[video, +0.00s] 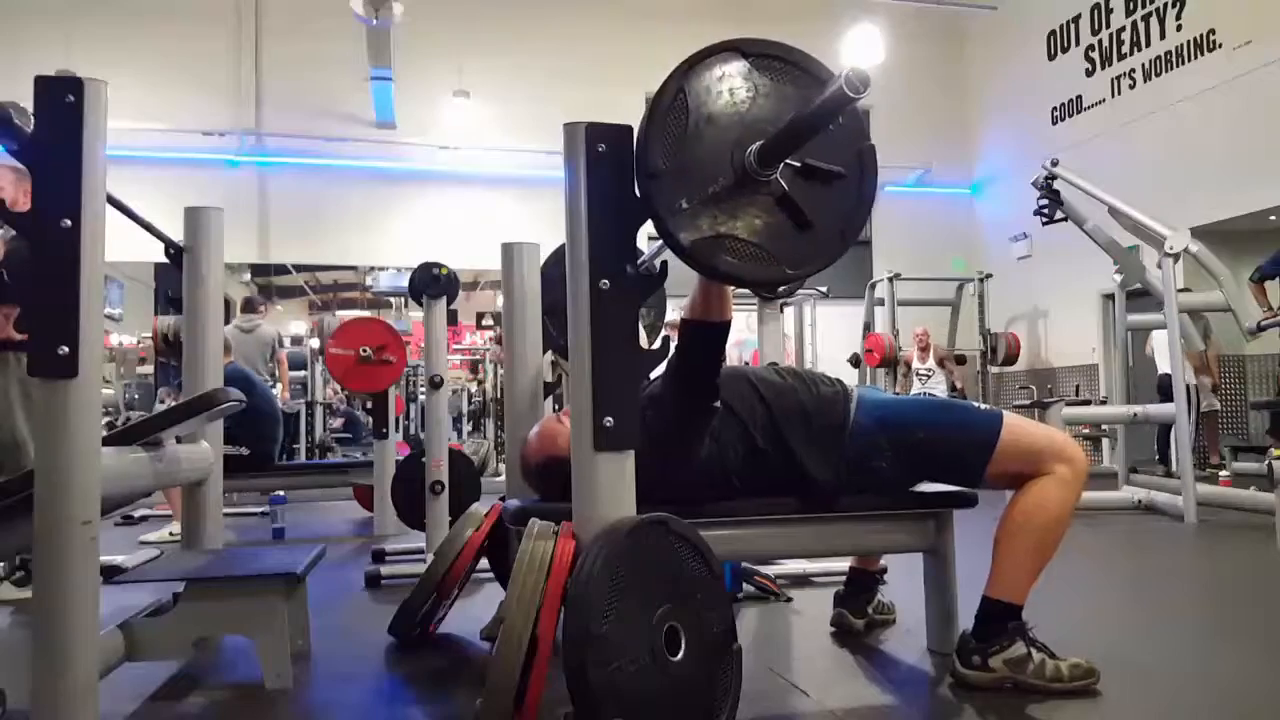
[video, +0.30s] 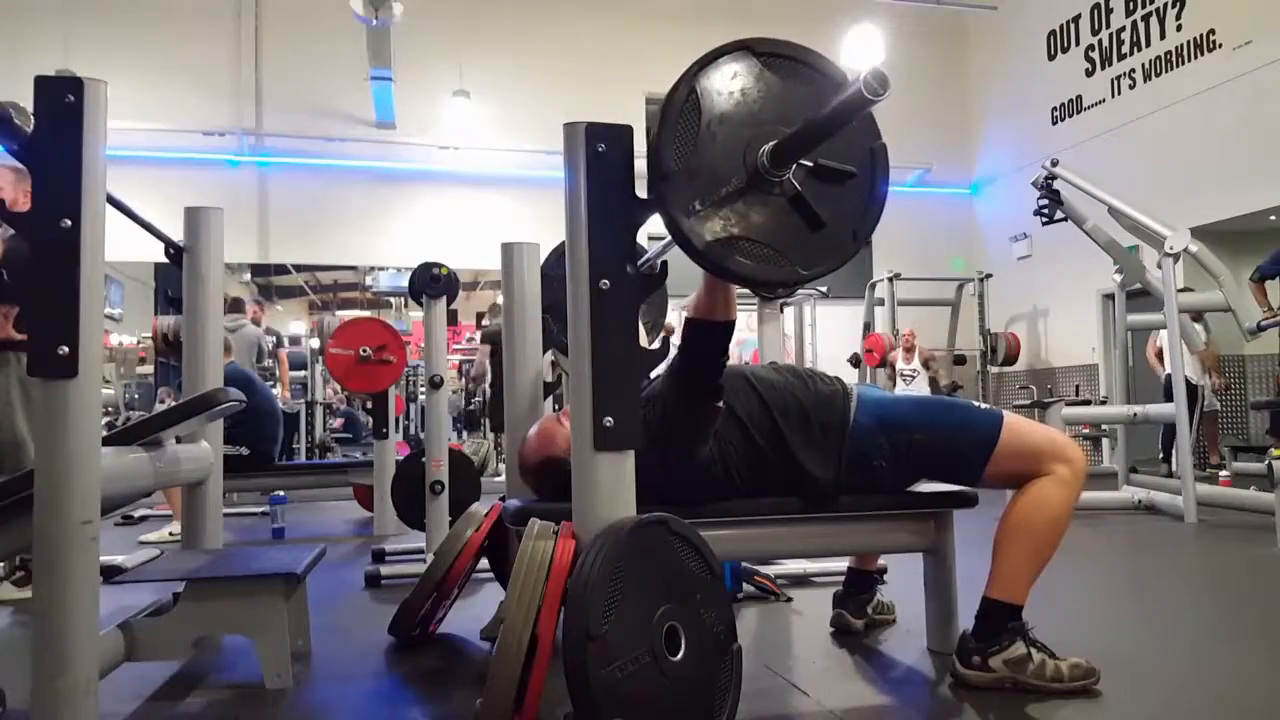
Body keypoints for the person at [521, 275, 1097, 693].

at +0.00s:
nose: (563, 409)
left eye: (554, 413)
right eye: (560, 417)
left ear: (568, 474)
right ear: (582, 442)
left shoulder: (609, 456)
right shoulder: (649, 450)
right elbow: (702, 334)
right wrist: (723, 212)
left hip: (817, 440)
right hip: (851, 433)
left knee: (920, 451)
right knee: (1061, 456)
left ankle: (860, 594)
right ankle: (994, 640)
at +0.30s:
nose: (561, 408)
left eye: (552, 411)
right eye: (557, 418)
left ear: (568, 473)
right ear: (578, 448)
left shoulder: (611, 452)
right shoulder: (650, 452)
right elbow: (706, 343)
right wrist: (730, 219)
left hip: (817, 441)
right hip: (852, 434)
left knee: (924, 446)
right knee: (1061, 457)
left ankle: (859, 593)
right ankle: (994, 639)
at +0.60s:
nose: (559, 409)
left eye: (549, 412)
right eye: (555, 421)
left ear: (566, 474)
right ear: (577, 454)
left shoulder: (609, 448)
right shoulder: (652, 460)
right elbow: (705, 361)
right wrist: (734, 228)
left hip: (815, 438)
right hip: (851, 435)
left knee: (917, 445)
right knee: (1061, 457)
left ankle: (859, 592)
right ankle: (995, 639)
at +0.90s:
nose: (562, 411)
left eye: (551, 413)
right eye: (558, 421)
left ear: (566, 468)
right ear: (578, 451)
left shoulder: (607, 441)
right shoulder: (651, 462)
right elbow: (707, 356)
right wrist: (735, 227)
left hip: (818, 431)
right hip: (851, 436)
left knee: (921, 447)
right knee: (1061, 452)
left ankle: (860, 591)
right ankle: (996, 639)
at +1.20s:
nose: (561, 410)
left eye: (551, 413)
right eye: (558, 420)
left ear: (566, 471)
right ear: (578, 449)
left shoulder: (609, 445)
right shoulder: (653, 459)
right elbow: (708, 352)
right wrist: (738, 225)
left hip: (815, 440)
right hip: (849, 437)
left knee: (910, 448)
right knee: (1061, 454)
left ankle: (860, 591)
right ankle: (995, 639)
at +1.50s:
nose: (561, 409)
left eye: (551, 413)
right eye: (558, 419)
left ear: (566, 470)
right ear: (579, 448)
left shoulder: (608, 442)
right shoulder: (653, 462)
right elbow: (709, 351)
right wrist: (738, 226)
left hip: (817, 429)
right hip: (850, 436)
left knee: (921, 446)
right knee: (1061, 456)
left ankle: (860, 592)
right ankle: (995, 640)